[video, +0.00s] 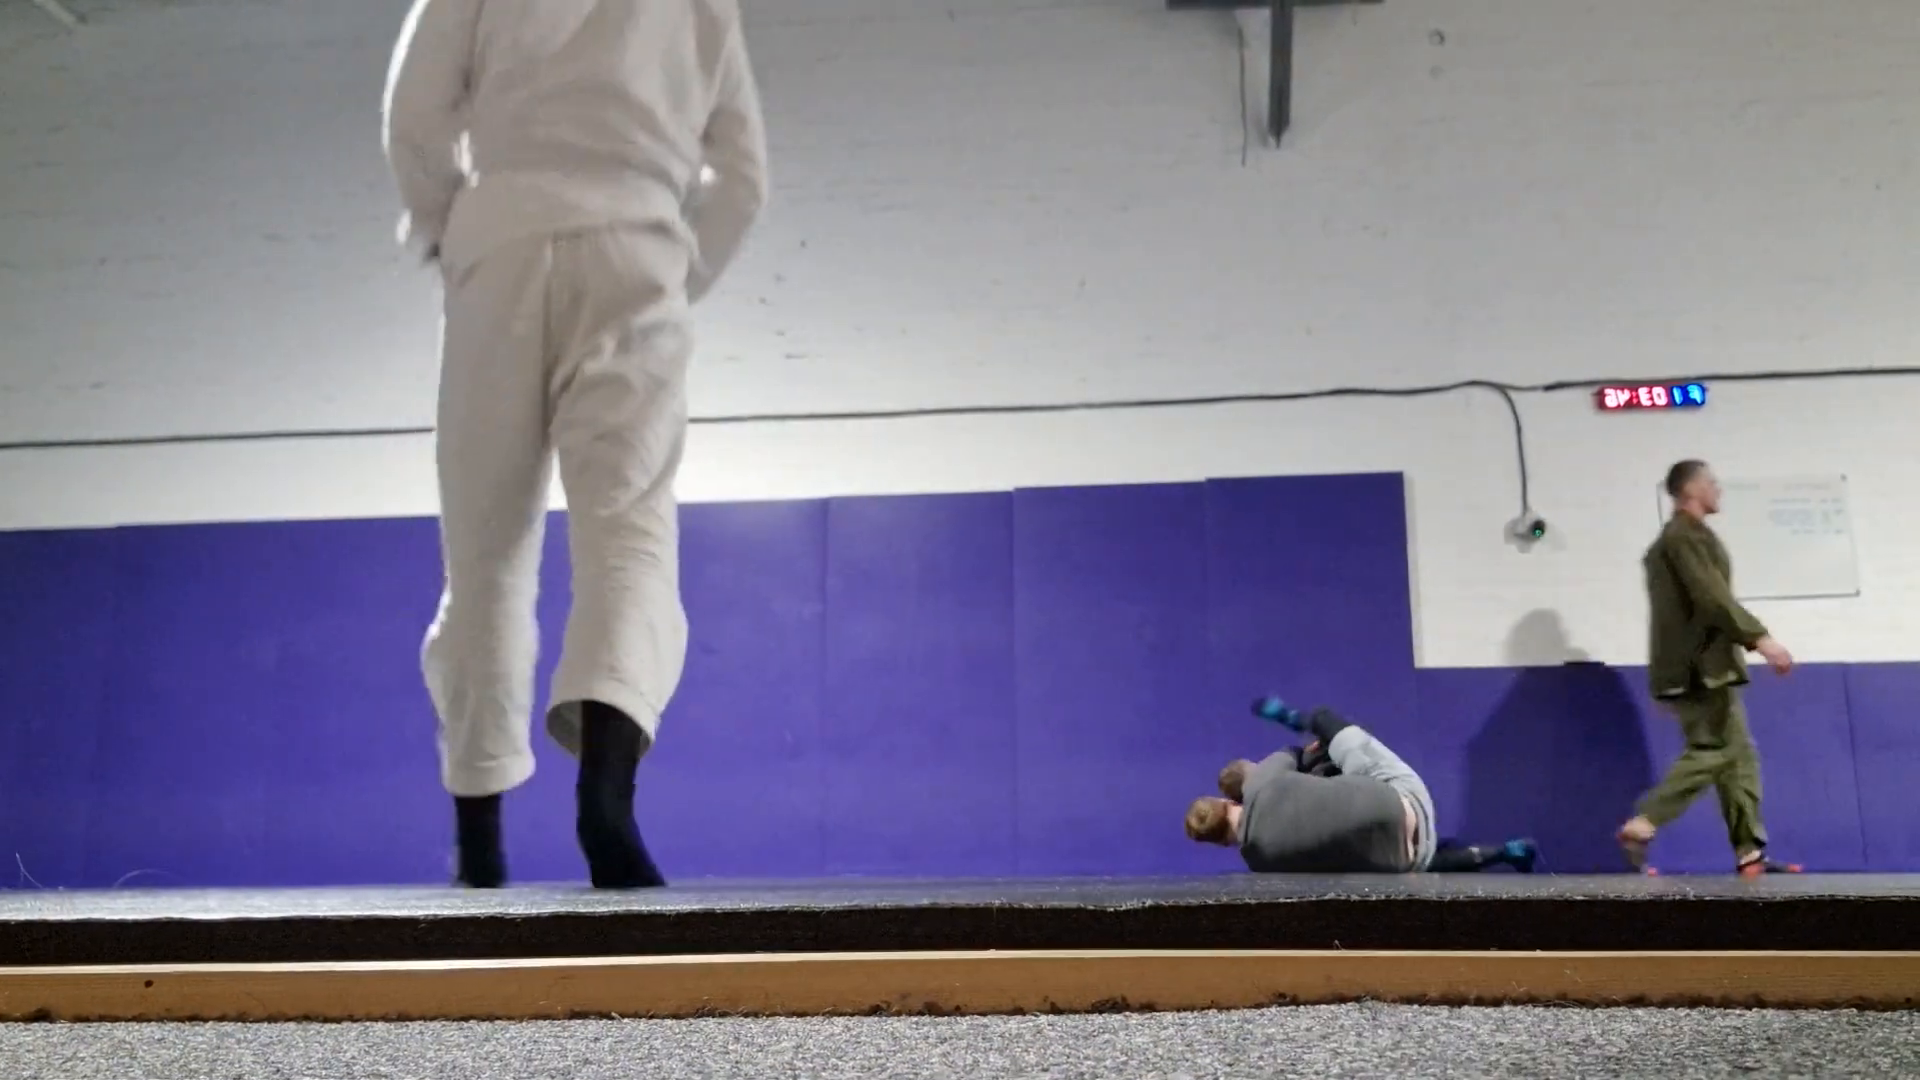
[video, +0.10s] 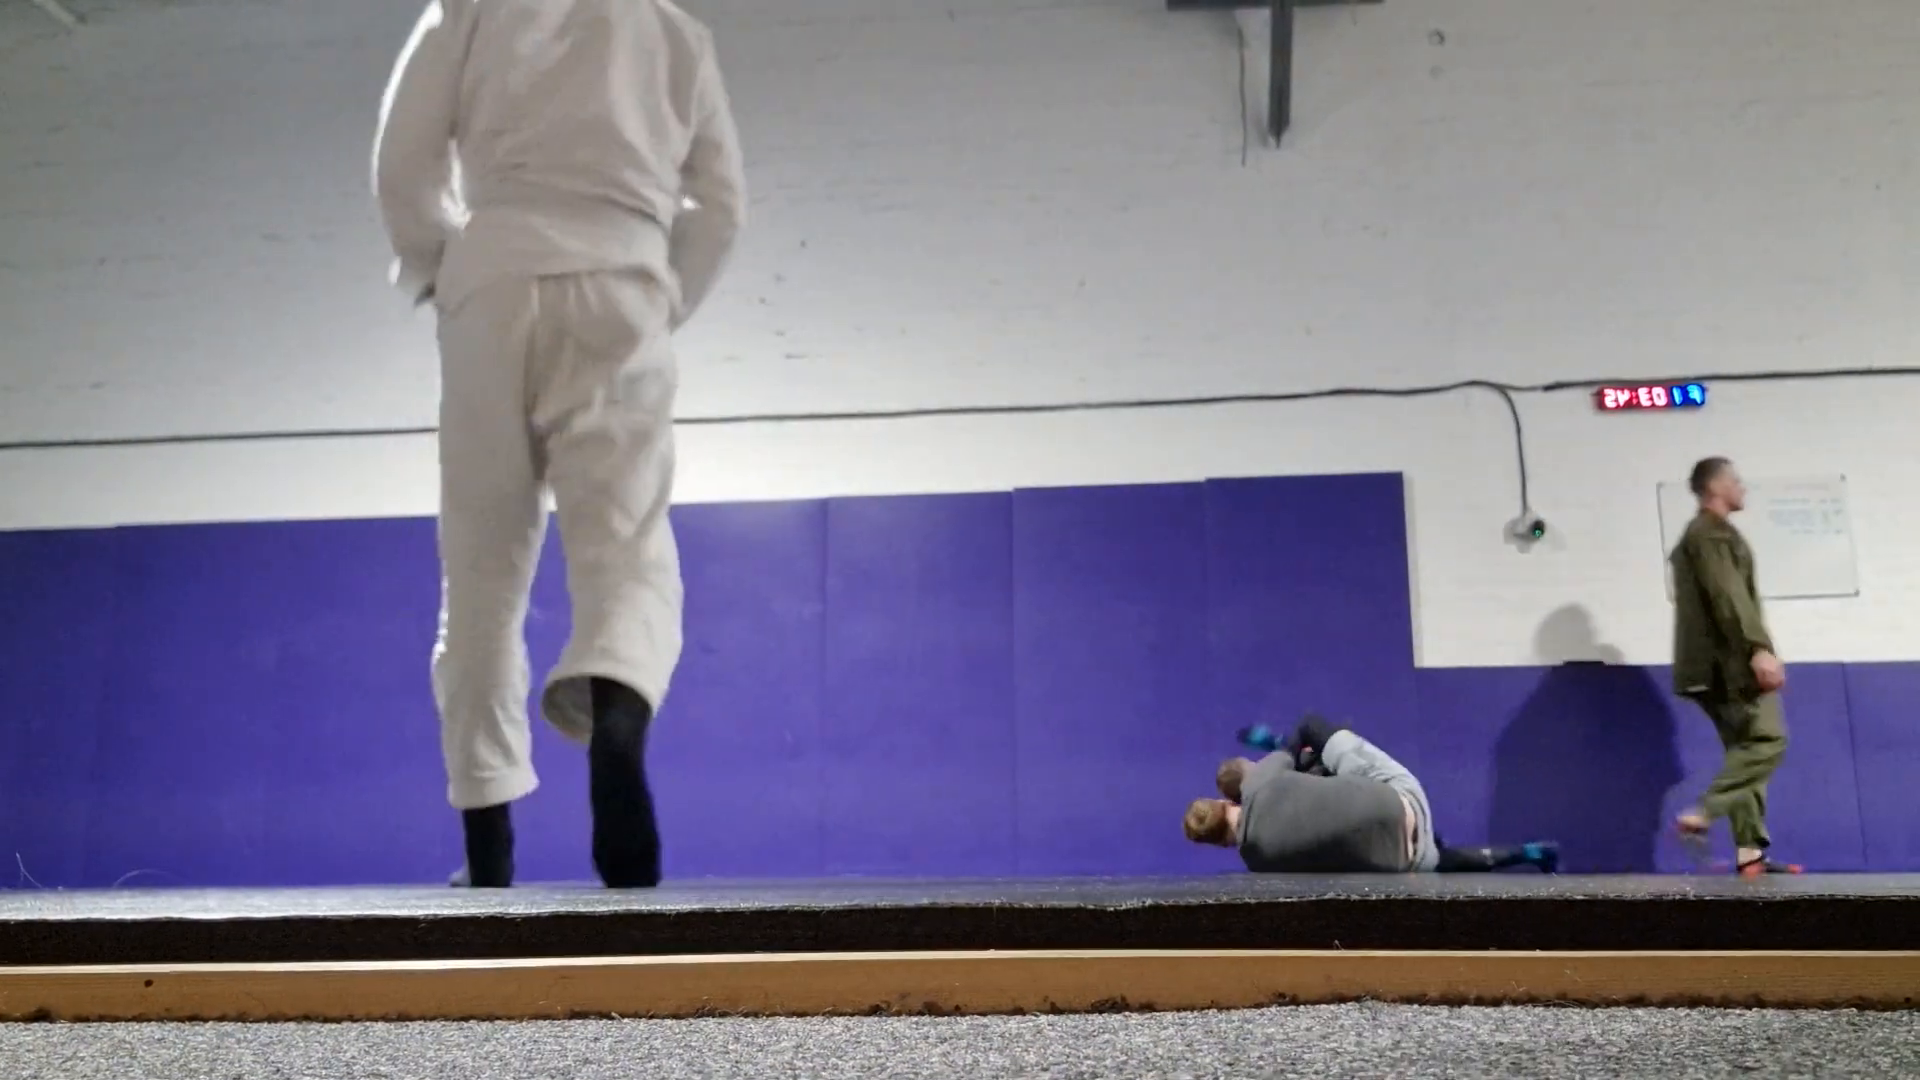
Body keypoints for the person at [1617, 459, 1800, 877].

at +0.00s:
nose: (1718, 489)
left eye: (1715, 482)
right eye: (1710, 482)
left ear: (1688, 492)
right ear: (1689, 490)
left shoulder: (1689, 537)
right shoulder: (1683, 539)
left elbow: (1698, 608)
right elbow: (1713, 601)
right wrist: (1763, 641)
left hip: (1706, 669)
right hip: (1693, 671)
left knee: (1737, 755)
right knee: (1712, 752)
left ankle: (1750, 855)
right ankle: (1641, 826)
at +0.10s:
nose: (1741, 487)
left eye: (1738, 479)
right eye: (1733, 480)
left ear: (1710, 490)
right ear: (1712, 487)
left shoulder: (1700, 535)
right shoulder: (1712, 535)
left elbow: (1714, 604)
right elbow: (1730, 599)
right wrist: (1759, 649)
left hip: (1711, 666)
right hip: (1728, 664)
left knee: (1745, 752)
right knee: (1768, 740)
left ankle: (1750, 854)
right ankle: (1701, 814)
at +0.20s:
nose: (1767, 484)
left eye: (1764, 477)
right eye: (1759, 477)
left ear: (1736, 486)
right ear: (1738, 484)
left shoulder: (1726, 531)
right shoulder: (1736, 531)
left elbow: (1731, 603)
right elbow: (1741, 599)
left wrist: (1747, 658)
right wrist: (1756, 654)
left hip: (1735, 667)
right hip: (1761, 664)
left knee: (1752, 756)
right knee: (1807, 742)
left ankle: (1751, 853)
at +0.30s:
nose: (1792, 484)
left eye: (1789, 476)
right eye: (1785, 477)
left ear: (1761, 486)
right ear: (1763, 484)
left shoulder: (1756, 530)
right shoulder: (1760, 530)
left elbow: (1757, 601)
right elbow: (1759, 598)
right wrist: (1762, 656)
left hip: (1762, 669)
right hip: (1792, 665)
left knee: (1763, 762)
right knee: (1833, 753)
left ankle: (1751, 855)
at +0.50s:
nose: (1847, 484)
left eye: (1843, 476)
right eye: (1840, 477)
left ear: (1812, 487)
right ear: (1822, 485)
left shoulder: (1803, 535)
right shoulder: (1818, 535)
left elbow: (1809, 606)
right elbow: (1815, 602)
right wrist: (1816, 659)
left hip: (1819, 674)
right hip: (1855, 670)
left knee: (1804, 760)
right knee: (1897, 762)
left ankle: (1761, 841)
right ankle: (1916, 849)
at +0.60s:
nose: (1873, 482)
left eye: (1870, 474)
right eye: (1867, 474)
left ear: (1834, 482)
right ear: (1848, 480)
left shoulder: (1815, 535)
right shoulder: (1850, 531)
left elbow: (1823, 607)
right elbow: (1856, 596)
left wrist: (1838, 660)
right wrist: (1868, 652)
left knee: (1850, 749)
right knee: (1908, 758)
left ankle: (1799, 819)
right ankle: (1917, 851)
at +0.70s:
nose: (1897, 481)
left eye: (1894, 473)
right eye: (1893, 473)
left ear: (1856, 479)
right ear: (1876, 477)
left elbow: (1840, 608)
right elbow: (1897, 594)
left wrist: (1857, 651)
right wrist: (1919, 638)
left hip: (1858, 665)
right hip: (1894, 662)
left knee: (1886, 741)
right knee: (1909, 752)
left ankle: (1852, 816)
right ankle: (1917, 848)